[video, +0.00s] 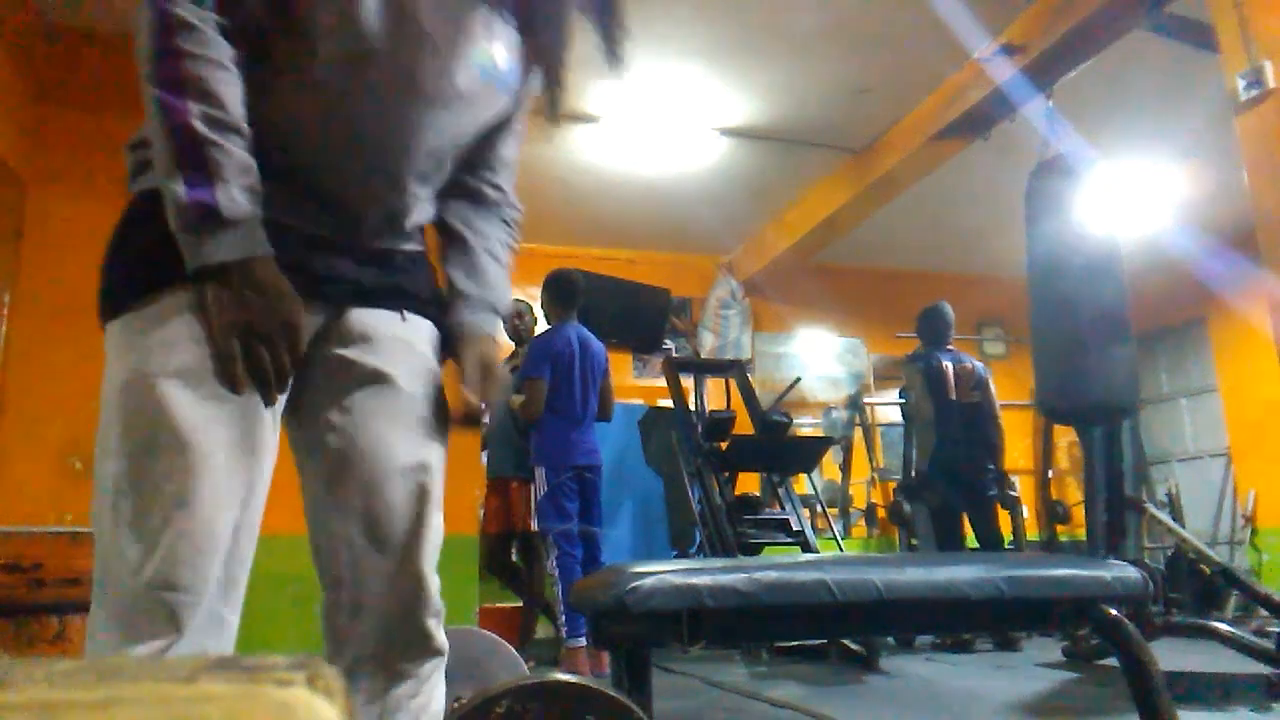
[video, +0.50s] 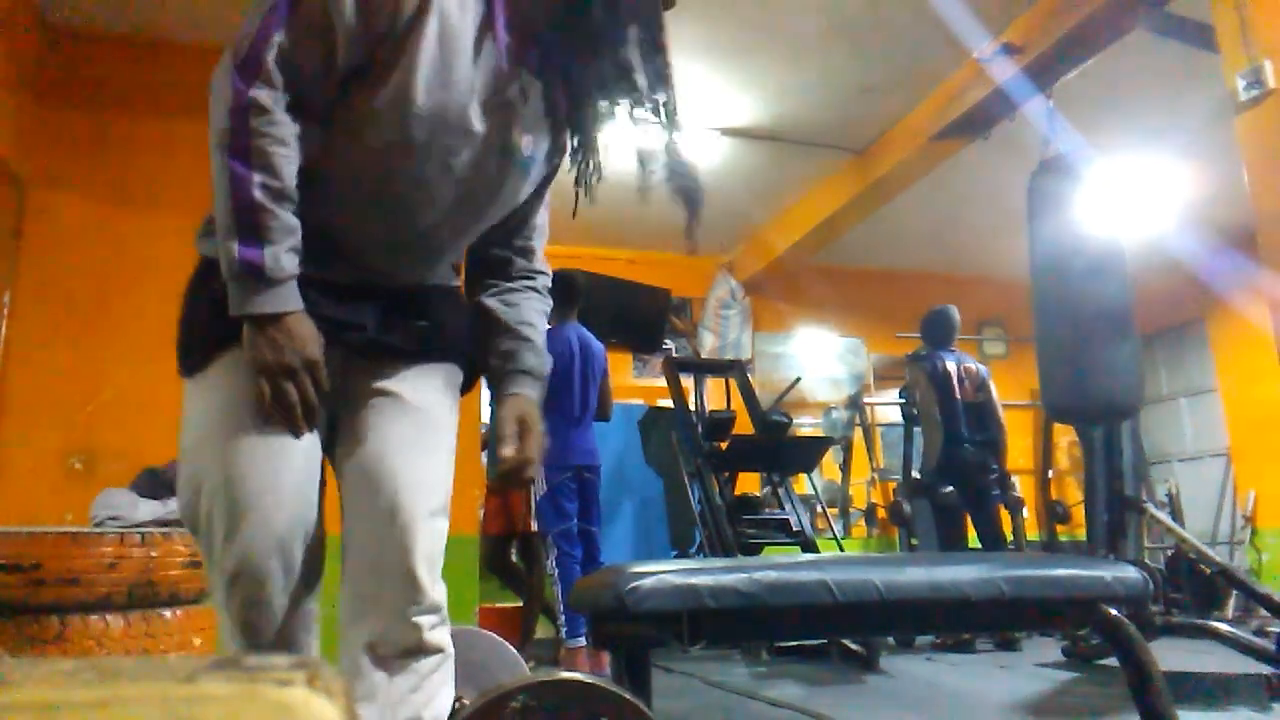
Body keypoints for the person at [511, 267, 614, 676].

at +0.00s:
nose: (541, 304)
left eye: (542, 298)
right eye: (545, 298)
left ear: (547, 300)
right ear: (578, 301)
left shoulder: (543, 344)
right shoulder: (596, 346)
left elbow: (533, 410)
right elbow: (605, 411)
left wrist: (517, 406)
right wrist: (569, 403)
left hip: (555, 457)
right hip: (589, 454)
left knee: (565, 550)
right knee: (591, 546)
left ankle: (576, 646)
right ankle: (599, 647)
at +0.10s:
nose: (548, 306)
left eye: (548, 298)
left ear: (548, 301)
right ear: (578, 302)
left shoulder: (539, 340)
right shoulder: (595, 346)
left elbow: (525, 400)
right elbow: (606, 410)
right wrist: (570, 403)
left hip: (553, 457)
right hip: (589, 453)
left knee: (563, 545)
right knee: (591, 543)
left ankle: (574, 643)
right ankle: (597, 642)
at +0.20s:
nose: (536, 308)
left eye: (540, 300)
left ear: (546, 303)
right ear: (572, 301)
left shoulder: (542, 343)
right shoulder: (594, 346)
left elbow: (541, 408)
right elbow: (604, 410)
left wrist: (519, 404)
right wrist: (565, 396)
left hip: (554, 459)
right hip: (590, 458)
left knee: (565, 551)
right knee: (591, 548)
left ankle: (574, 645)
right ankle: (599, 648)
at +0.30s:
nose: (537, 304)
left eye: (541, 296)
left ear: (544, 300)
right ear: (571, 298)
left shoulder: (536, 340)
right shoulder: (592, 343)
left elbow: (529, 405)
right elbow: (604, 408)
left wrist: (525, 406)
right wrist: (568, 397)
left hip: (553, 453)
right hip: (589, 451)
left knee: (565, 546)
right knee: (591, 543)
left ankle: (575, 644)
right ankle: (599, 647)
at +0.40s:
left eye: (550, 297)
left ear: (548, 301)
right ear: (578, 302)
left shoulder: (537, 340)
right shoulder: (594, 345)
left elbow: (524, 403)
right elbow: (605, 410)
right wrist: (568, 403)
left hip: (551, 457)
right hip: (589, 455)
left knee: (564, 547)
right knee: (590, 543)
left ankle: (573, 642)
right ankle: (597, 639)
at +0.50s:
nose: (550, 307)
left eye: (550, 300)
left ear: (550, 302)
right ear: (579, 302)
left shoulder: (540, 342)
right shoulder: (595, 346)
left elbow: (526, 399)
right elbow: (605, 411)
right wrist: (570, 405)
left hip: (552, 456)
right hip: (588, 454)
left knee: (564, 546)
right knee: (590, 542)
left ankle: (573, 642)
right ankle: (596, 638)